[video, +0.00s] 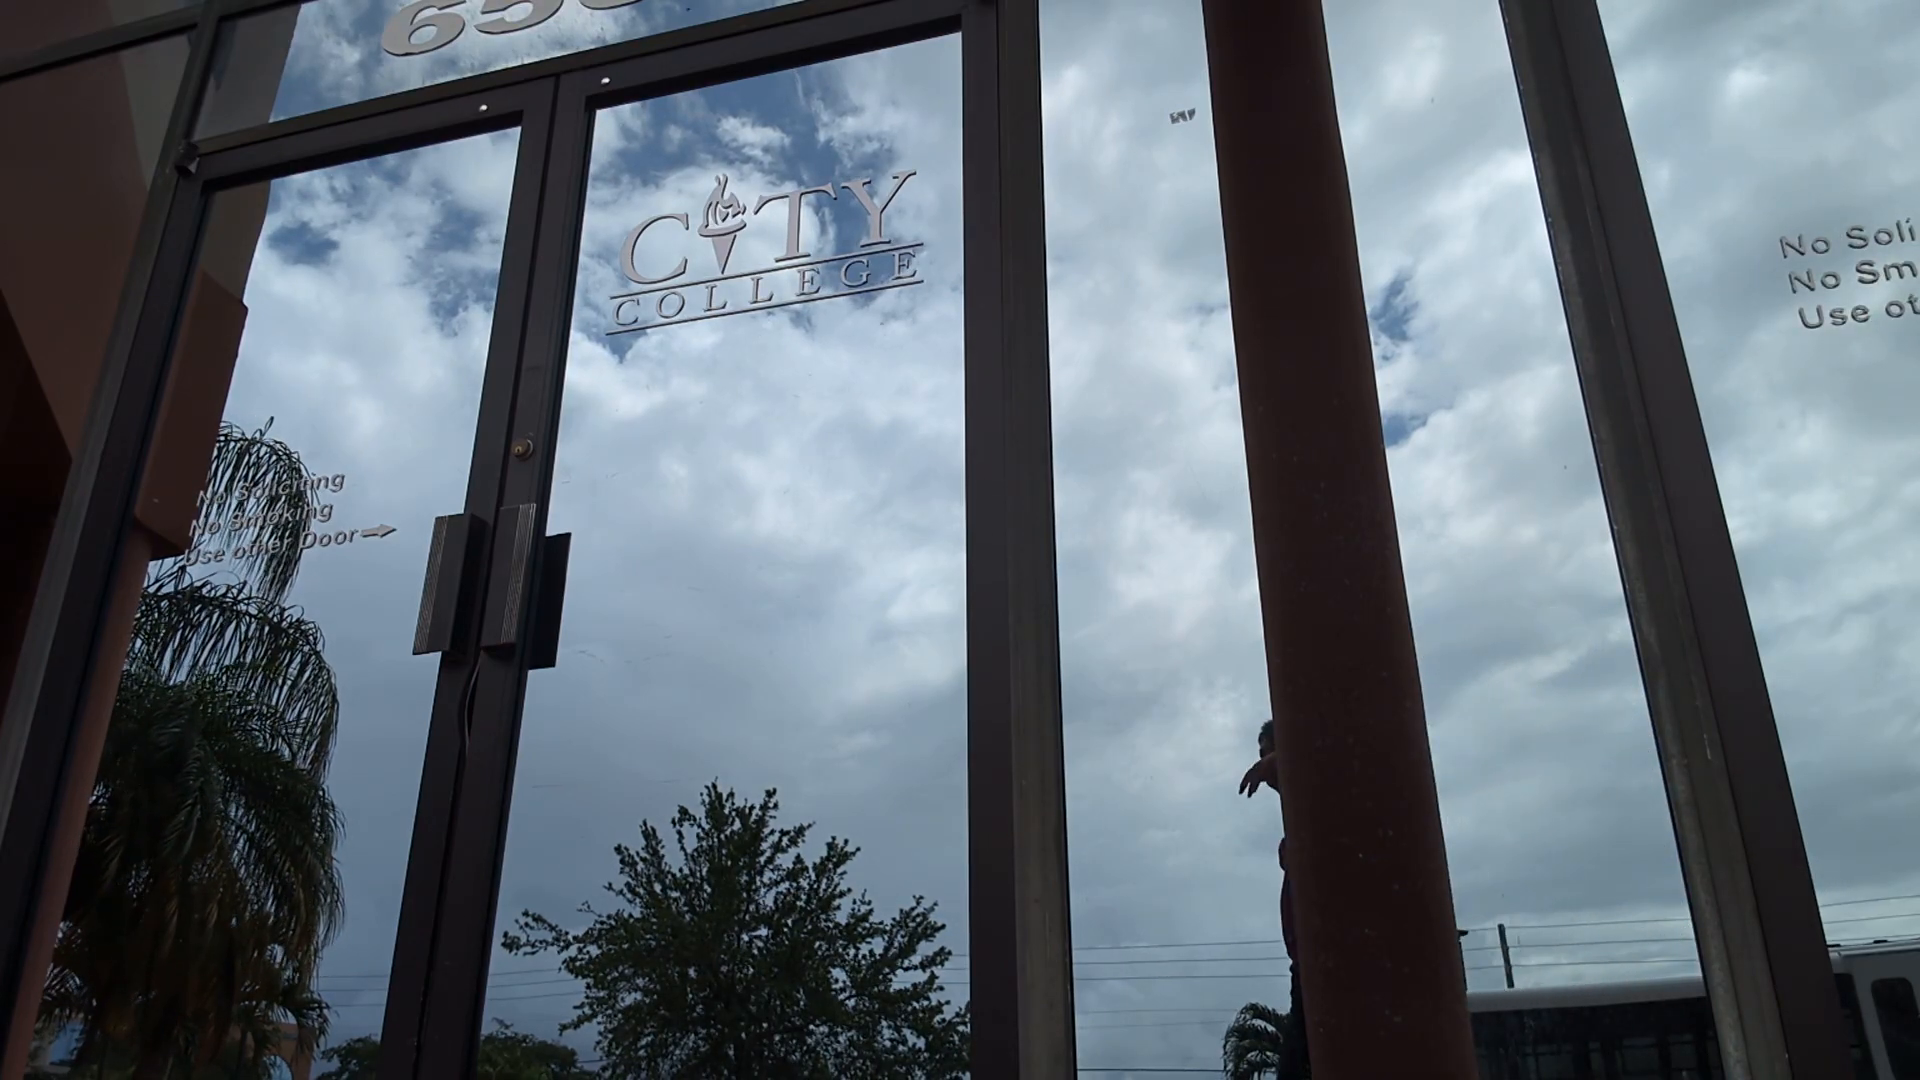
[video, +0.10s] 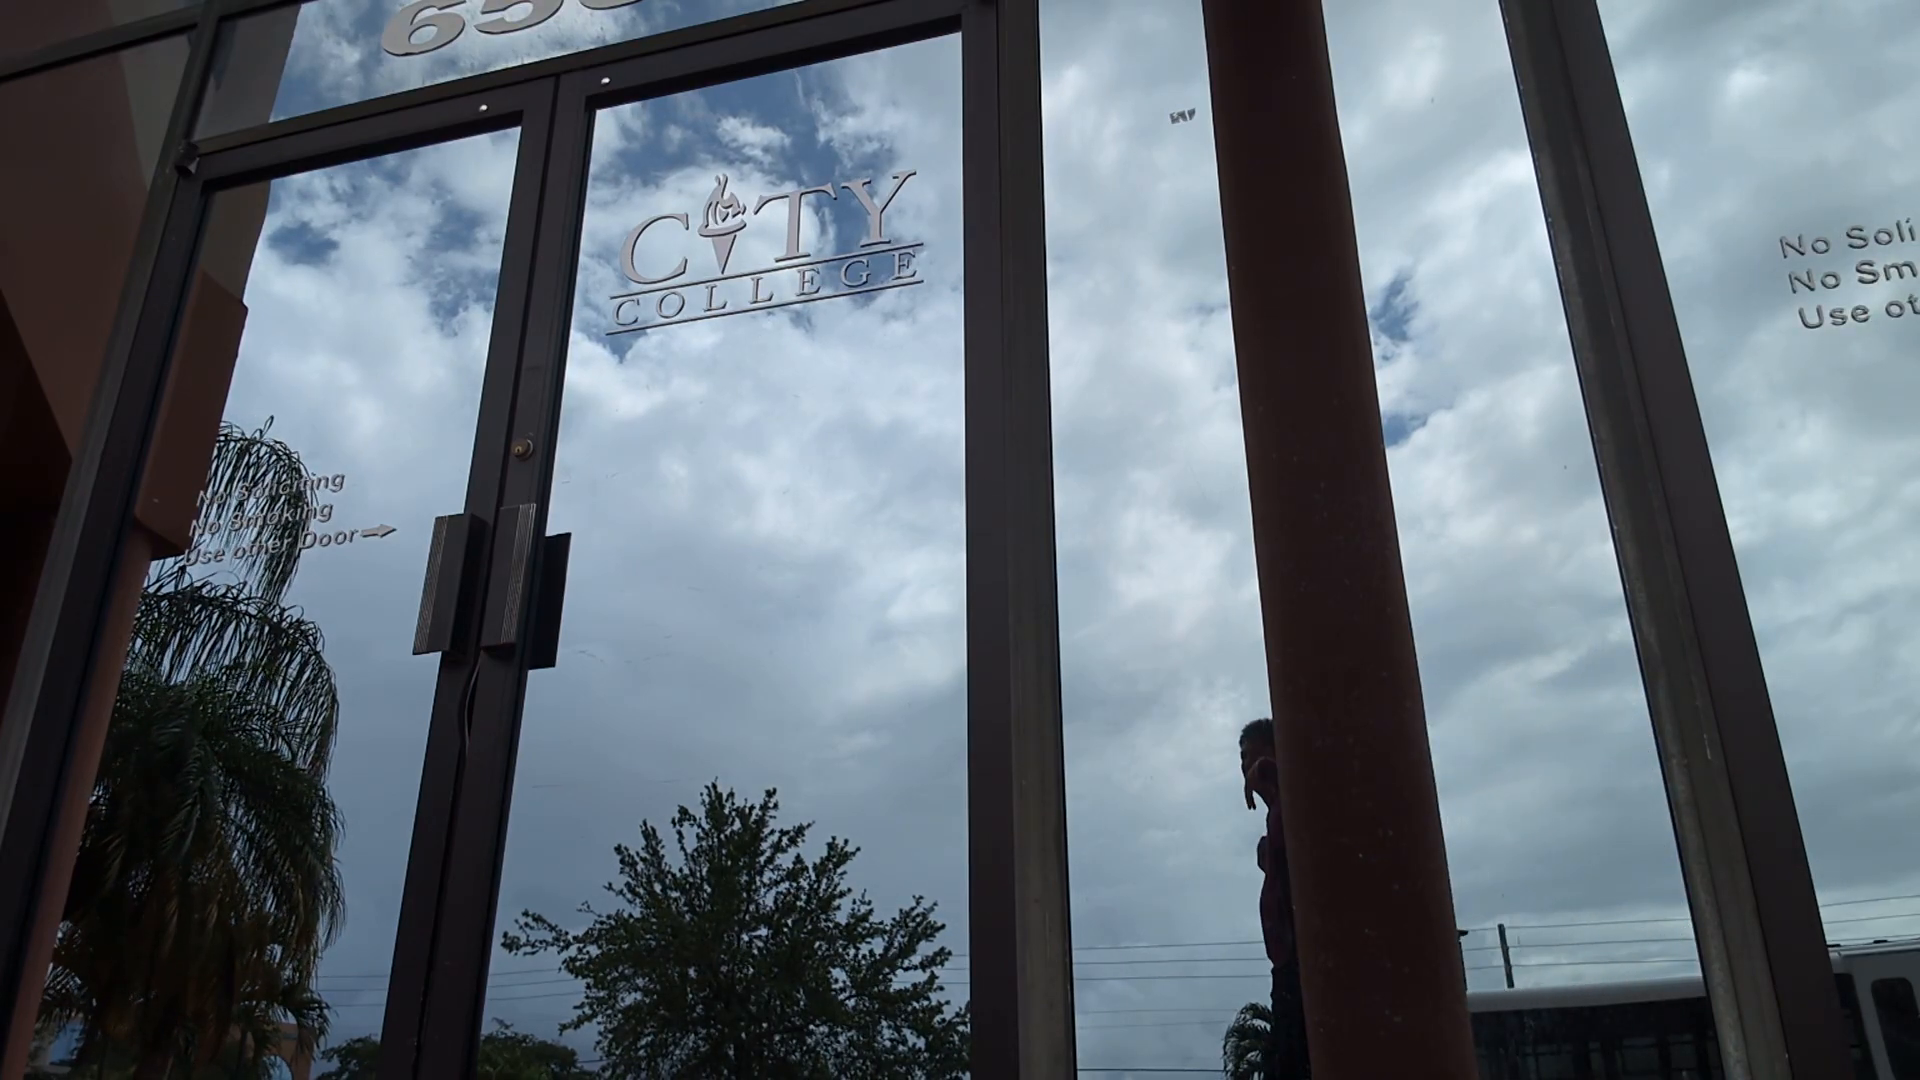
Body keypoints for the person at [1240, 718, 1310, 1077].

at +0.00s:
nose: (1262, 760)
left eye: (1266, 751)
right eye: (1261, 752)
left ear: (1283, 749)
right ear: (1269, 754)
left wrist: (1269, 768)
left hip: (1313, 962)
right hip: (1303, 961)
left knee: (1298, 1055)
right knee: (1297, 1054)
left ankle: (1295, 1068)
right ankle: (1293, 1067)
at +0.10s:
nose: (1246, 768)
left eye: (1254, 756)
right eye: (1244, 758)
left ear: (1276, 757)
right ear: (1246, 764)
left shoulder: (1290, 809)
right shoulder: (1275, 816)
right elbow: (1269, 861)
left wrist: (1272, 788)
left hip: (1299, 965)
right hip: (1283, 965)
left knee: (1293, 1058)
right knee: (1285, 1058)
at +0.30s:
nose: (1203, 766)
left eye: (1210, 756)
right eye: (1201, 758)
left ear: (1237, 757)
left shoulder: (1263, 798)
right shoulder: (1234, 813)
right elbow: (1235, 886)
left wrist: (1217, 857)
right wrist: (1214, 861)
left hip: (1267, 959)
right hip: (1240, 961)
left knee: (1259, 1061)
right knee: (1243, 1061)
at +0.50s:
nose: (1164, 765)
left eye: (1174, 755)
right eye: (1161, 757)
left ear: (1202, 758)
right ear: (1158, 763)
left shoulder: (1223, 801)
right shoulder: (1184, 821)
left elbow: (1282, 808)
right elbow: (1193, 887)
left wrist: (1222, 786)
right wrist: (1162, 868)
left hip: (1236, 967)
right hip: (1208, 967)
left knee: (1185, 1066)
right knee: (1231, 1069)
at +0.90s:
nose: (1093, 756)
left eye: (1103, 747)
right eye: (1088, 748)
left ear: (1127, 752)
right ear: (1084, 754)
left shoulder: (1155, 793)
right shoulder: (1095, 815)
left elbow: (1221, 821)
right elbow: (1099, 883)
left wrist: (1163, 802)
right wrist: (1073, 854)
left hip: (1167, 958)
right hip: (1125, 960)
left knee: (1121, 1061)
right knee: (1154, 1062)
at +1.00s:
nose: (1080, 747)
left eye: (1090, 738)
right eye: (1074, 738)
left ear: (1112, 743)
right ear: (1068, 743)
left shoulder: (1137, 786)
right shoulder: (1075, 807)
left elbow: (1204, 815)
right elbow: (1066, 875)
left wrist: (1146, 798)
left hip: (1148, 959)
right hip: (1104, 959)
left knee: (1118, 1061)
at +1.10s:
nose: (1065, 742)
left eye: (1075, 732)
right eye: (1060, 732)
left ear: (1096, 737)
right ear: (1051, 737)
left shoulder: (1122, 781)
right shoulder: (1052, 798)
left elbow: (1189, 810)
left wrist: (1133, 794)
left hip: (1126, 953)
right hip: (1070, 951)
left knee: (1111, 1061)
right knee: (1074, 1060)